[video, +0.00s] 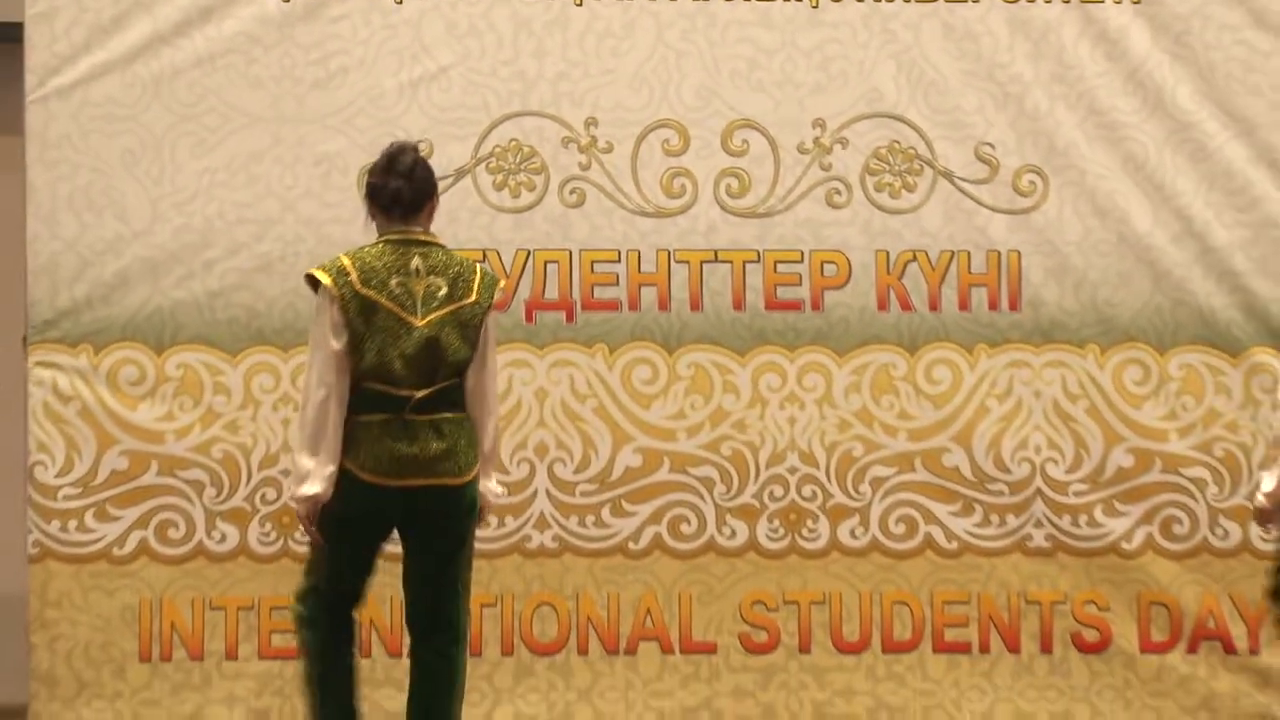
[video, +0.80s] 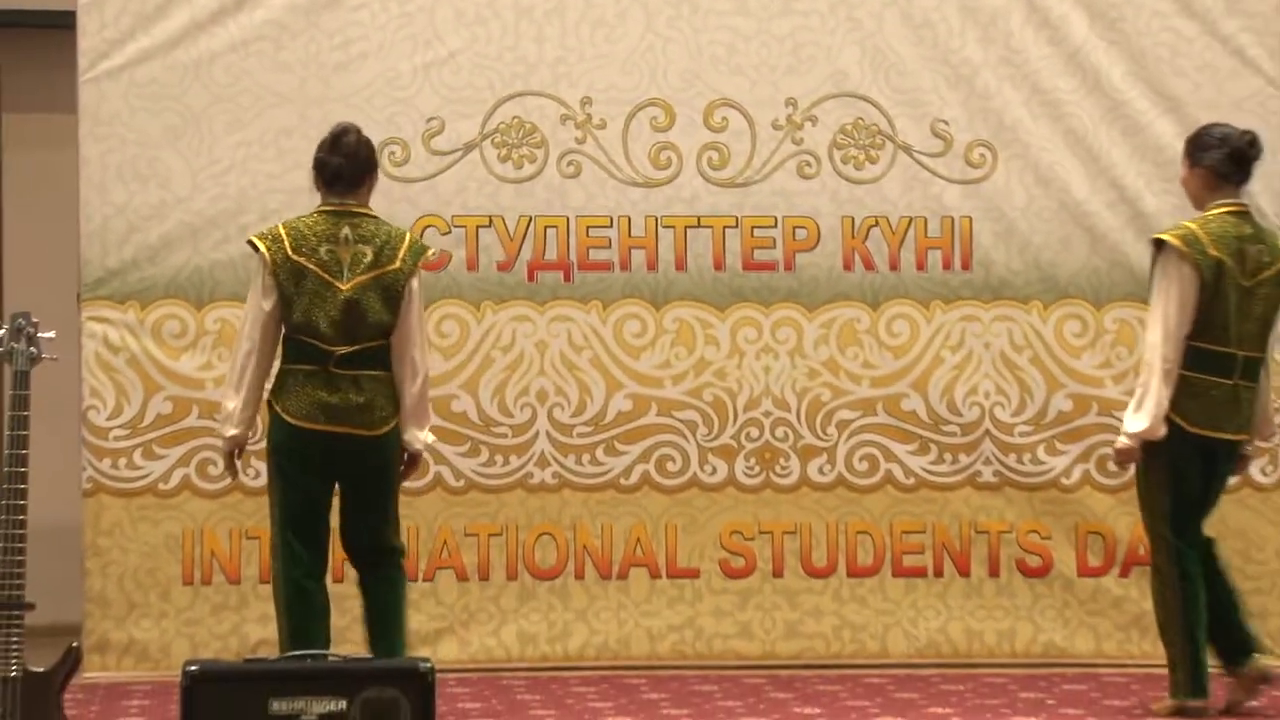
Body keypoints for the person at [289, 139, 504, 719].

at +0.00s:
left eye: (375, 201)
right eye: (426, 200)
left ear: (370, 207)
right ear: (432, 206)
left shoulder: (344, 278)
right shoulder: (473, 279)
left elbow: (326, 388)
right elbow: (482, 388)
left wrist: (313, 481)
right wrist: (484, 476)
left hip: (363, 485)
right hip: (446, 487)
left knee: (326, 608)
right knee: (439, 628)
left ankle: (336, 714)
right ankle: (435, 717)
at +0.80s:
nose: (353, 184)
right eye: (368, 175)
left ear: (315, 179)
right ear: (373, 180)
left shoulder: (281, 244)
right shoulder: (400, 250)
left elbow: (257, 342)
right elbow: (408, 350)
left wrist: (238, 423)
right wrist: (413, 432)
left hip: (299, 431)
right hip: (372, 434)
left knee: (299, 561)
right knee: (380, 555)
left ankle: (307, 692)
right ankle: (392, 683)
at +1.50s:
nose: (394, 182)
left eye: (382, 175)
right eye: (394, 175)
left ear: (340, 181)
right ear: (390, 180)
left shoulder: (310, 243)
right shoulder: (418, 236)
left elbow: (300, 336)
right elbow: (435, 329)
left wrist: (296, 410)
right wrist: (455, 403)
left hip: (345, 410)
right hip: (412, 408)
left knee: (336, 528)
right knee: (419, 532)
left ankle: (317, 648)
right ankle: (416, 652)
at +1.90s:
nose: (402, 184)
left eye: (384, 175)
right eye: (415, 175)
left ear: (372, 179)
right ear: (422, 180)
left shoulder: (345, 240)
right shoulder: (450, 240)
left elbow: (335, 328)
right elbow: (460, 326)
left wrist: (332, 400)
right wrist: (467, 394)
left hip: (368, 404)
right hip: (432, 404)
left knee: (361, 507)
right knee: (425, 516)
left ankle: (373, 619)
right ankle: (417, 627)